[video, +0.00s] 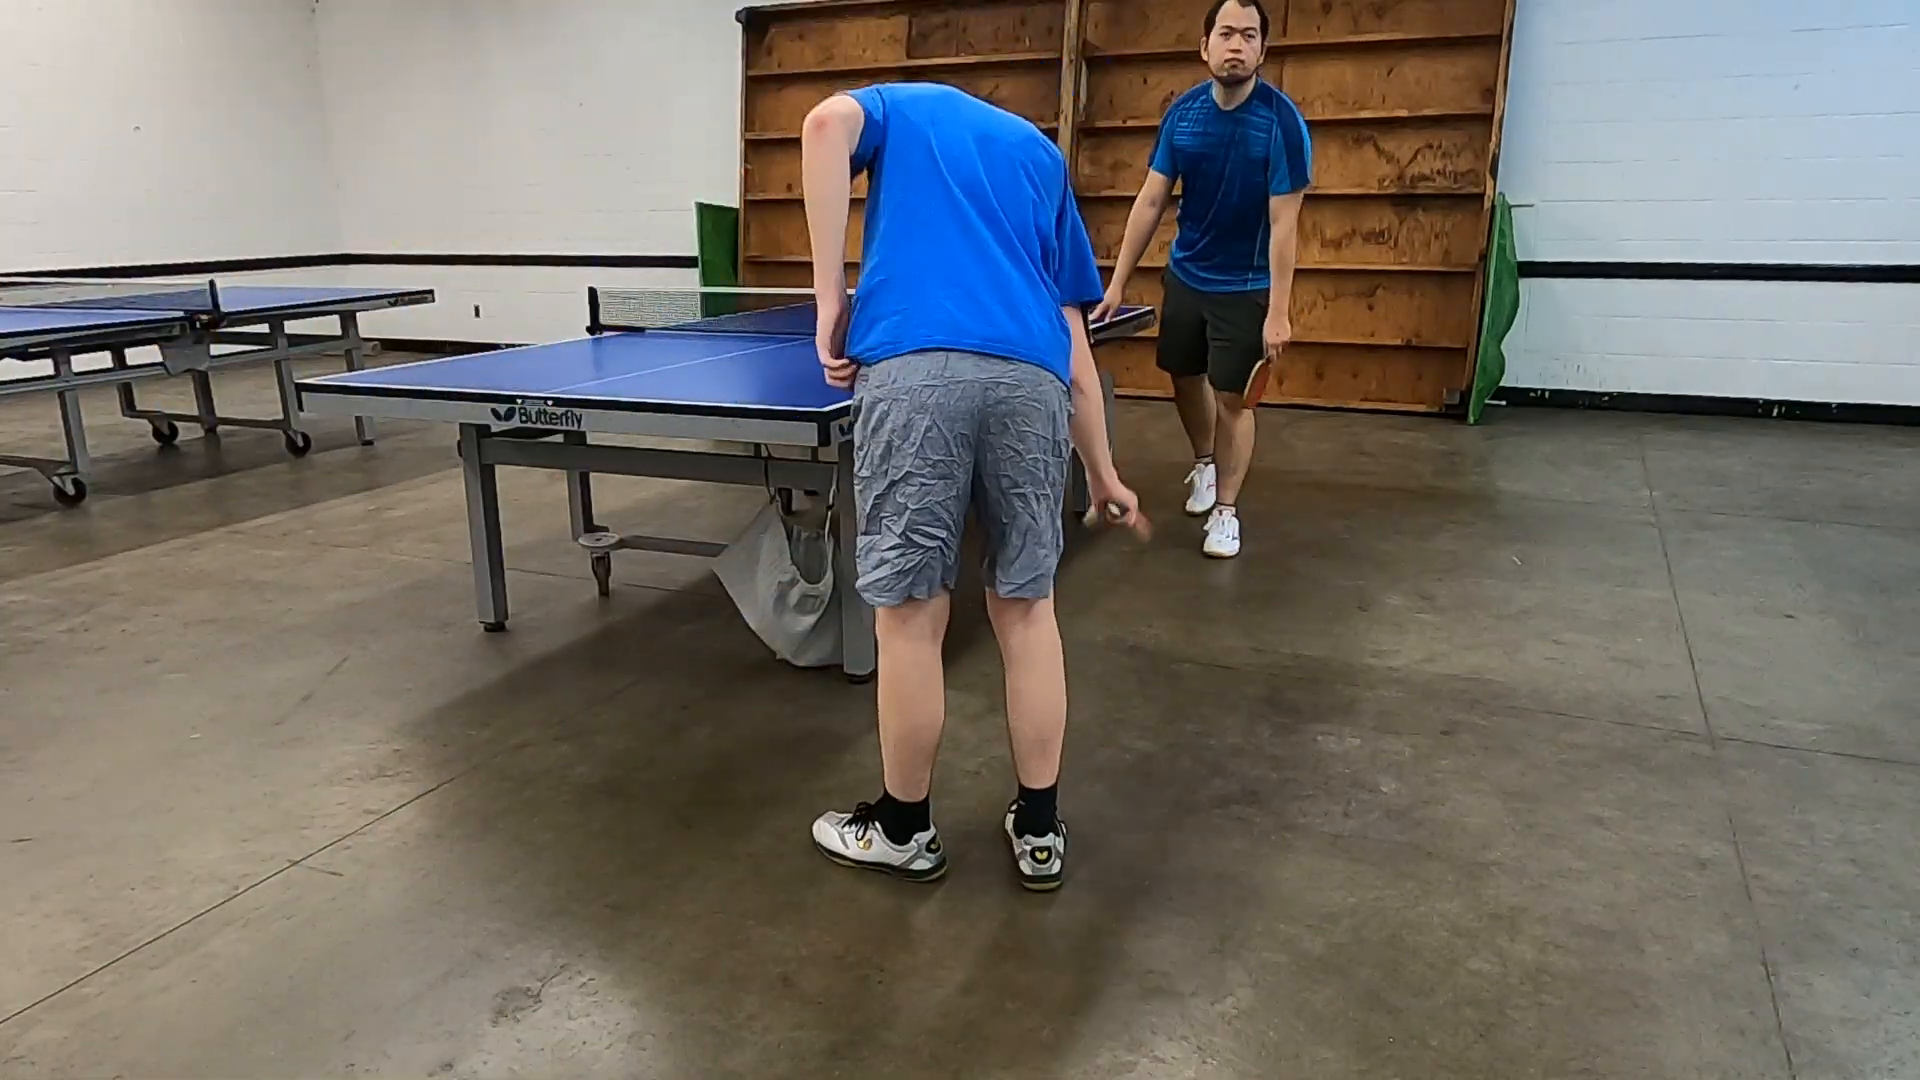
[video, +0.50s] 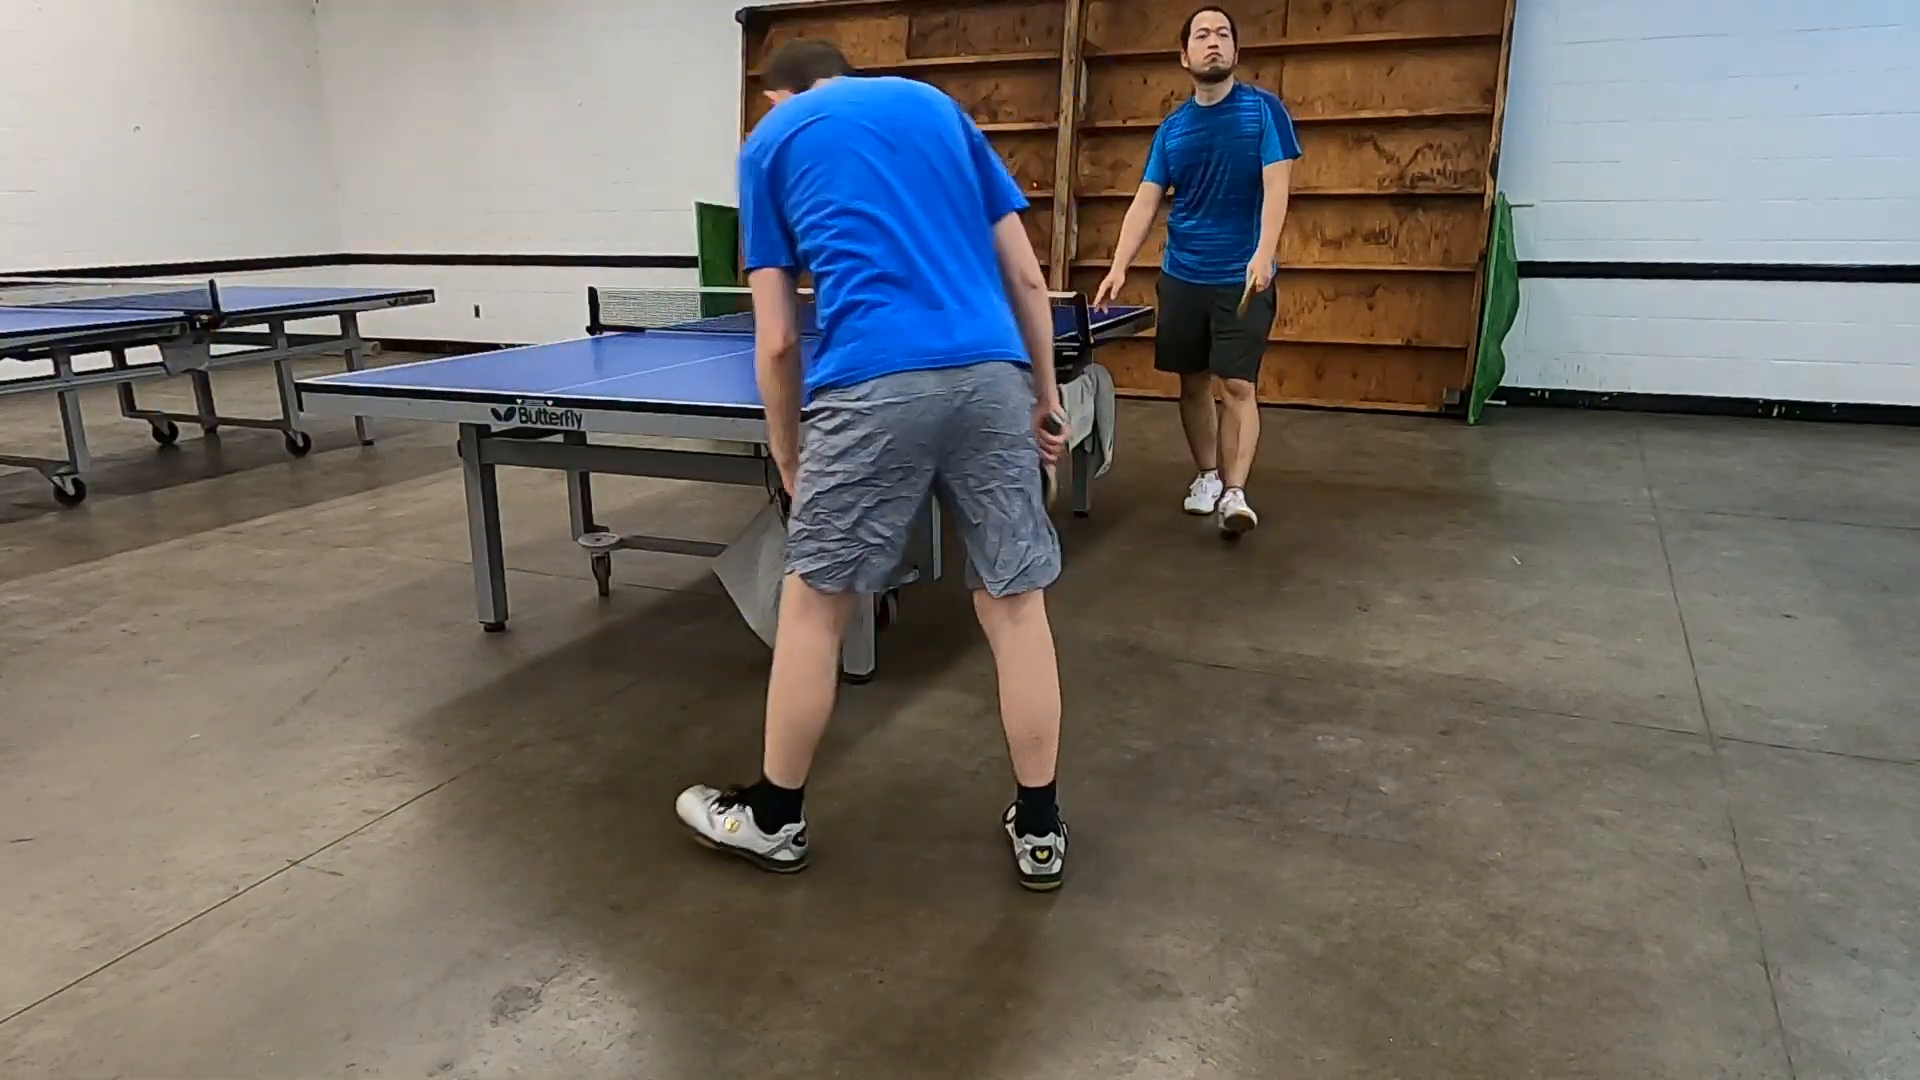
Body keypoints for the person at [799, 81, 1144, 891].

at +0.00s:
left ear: (922, 99)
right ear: (1005, 121)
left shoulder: (902, 104)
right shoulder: (1046, 160)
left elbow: (826, 125)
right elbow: (1073, 335)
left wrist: (831, 293)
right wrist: (1102, 467)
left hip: (916, 369)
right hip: (1032, 382)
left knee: (910, 614)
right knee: (1027, 607)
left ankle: (905, 825)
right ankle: (1040, 830)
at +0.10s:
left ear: (920, 99)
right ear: (1000, 118)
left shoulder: (898, 105)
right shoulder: (1047, 159)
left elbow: (829, 136)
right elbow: (1074, 335)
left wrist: (829, 314)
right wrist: (1105, 471)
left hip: (917, 367)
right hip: (1034, 380)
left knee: (908, 613)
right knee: (1028, 603)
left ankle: (903, 828)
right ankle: (1041, 828)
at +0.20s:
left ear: (901, 88)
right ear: (973, 95)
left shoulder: (880, 99)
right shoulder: (1037, 142)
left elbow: (819, 178)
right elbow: (1075, 323)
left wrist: (824, 338)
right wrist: (1105, 453)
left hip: (917, 376)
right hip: (1034, 383)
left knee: (897, 604)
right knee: (1028, 602)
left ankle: (900, 830)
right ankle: (1042, 829)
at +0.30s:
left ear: (878, 84)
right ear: (947, 83)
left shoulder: (853, 106)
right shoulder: (1019, 129)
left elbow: (802, 255)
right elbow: (1070, 308)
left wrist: (818, 379)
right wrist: (1096, 440)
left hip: (912, 378)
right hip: (1034, 379)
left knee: (873, 592)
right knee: (1029, 604)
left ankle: (876, 825)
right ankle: (1041, 832)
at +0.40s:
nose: (818, 109)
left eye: (819, 96)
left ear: (832, 89)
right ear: (905, 76)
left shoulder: (817, 126)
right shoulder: (985, 117)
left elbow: (797, 318)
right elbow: (1054, 293)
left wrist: (809, 421)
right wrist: (1076, 418)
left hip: (902, 380)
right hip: (1023, 375)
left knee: (845, 597)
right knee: (1029, 608)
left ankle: (820, 816)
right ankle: (1041, 829)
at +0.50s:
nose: (765, 119)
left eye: (763, 107)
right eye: (768, 105)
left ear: (776, 93)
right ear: (848, 69)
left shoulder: (770, 144)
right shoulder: (938, 108)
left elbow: (778, 339)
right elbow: (1025, 273)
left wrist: (787, 460)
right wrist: (1046, 390)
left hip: (872, 390)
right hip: (991, 375)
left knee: (816, 600)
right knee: (1015, 603)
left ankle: (775, 816)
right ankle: (1041, 829)